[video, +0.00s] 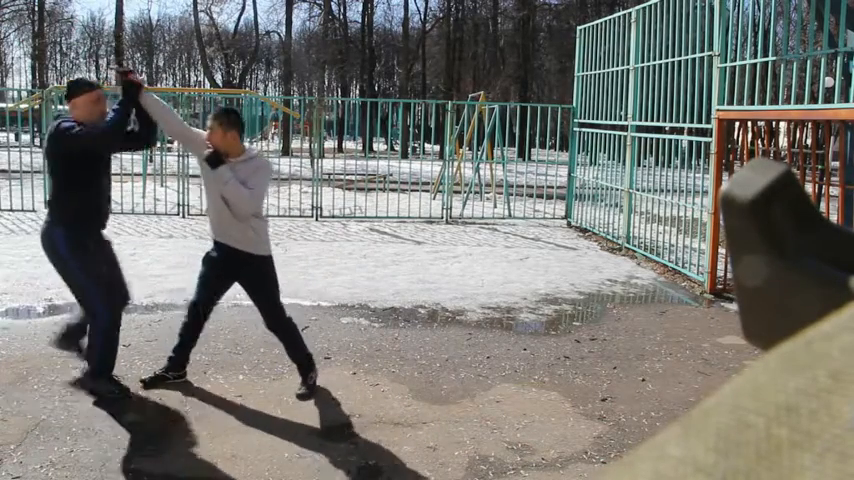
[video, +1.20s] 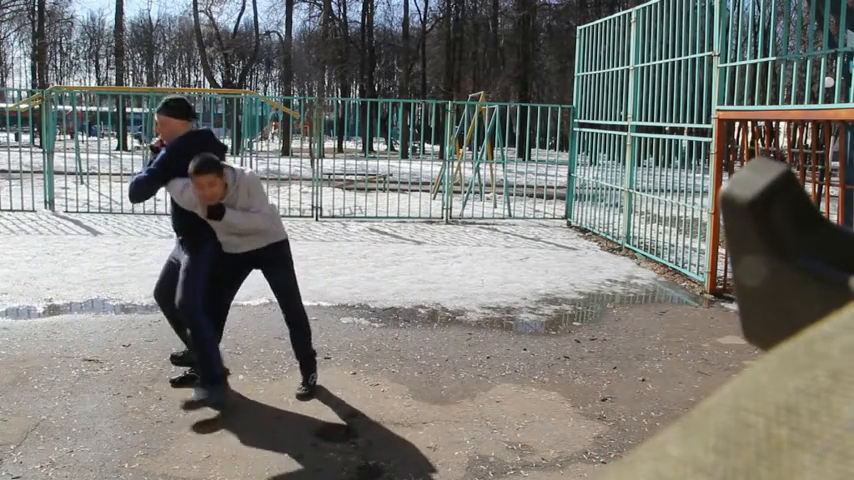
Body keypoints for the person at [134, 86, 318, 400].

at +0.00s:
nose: (208, 135)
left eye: (213, 130)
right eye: (209, 130)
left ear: (231, 134)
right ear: (223, 133)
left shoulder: (259, 166)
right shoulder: (209, 152)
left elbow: (246, 208)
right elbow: (173, 124)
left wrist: (219, 169)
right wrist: (139, 92)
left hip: (255, 258)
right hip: (221, 253)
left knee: (276, 320)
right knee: (197, 311)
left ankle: (308, 371)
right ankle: (175, 368)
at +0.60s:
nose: (213, 142)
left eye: (220, 136)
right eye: (210, 136)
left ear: (238, 137)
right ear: (207, 137)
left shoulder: (259, 165)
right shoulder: (203, 156)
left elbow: (262, 208)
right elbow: (167, 147)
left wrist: (226, 184)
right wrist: (128, 131)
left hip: (271, 250)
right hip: (236, 249)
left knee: (292, 313)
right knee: (209, 308)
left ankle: (310, 374)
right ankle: (207, 366)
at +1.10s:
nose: (204, 179)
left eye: (209, 172)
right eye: (198, 173)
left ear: (221, 166)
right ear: (191, 173)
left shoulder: (246, 177)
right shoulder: (184, 185)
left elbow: (258, 218)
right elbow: (166, 173)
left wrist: (218, 207)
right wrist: (152, 151)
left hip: (268, 246)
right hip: (231, 250)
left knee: (291, 309)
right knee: (211, 308)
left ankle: (309, 372)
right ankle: (207, 364)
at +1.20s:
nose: (206, 192)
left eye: (212, 185)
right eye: (199, 187)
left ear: (224, 178)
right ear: (191, 184)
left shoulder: (247, 181)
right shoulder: (185, 195)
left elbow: (264, 221)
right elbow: (170, 180)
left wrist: (222, 215)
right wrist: (162, 153)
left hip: (270, 245)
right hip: (231, 251)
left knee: (292, 308)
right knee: (212, 309)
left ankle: (309, 372)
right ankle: (203, 369)